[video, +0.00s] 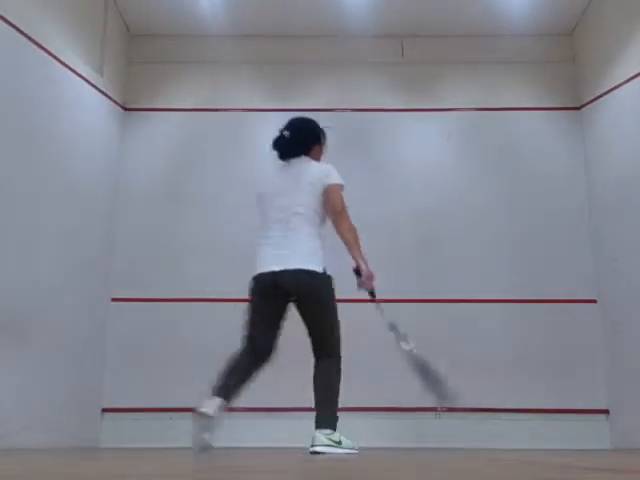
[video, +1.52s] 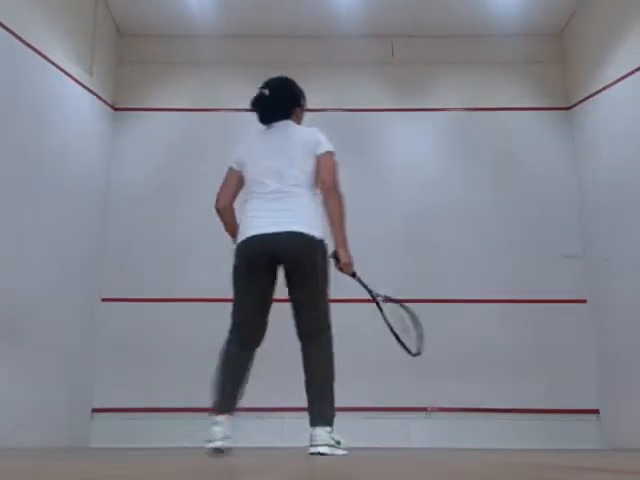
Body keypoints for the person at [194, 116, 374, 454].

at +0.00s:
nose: (324, 151)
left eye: (323, 145)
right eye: (322, 146)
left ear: (288, 146)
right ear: (314, 147)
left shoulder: (268, 177)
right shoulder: (323, 172)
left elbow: (270, 223)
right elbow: (339, 215)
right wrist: (360, 261)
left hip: (266, 274)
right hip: (308, 274)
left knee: (256, 348)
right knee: (327, 354)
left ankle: (215, 402)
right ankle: (325, 432)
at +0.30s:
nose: (280, 139)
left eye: (279, 132)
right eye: (278, 133)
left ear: (244, 134)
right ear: (267, 132)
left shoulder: (225, 165)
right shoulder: (268, 157)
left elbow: (238, 228)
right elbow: (274, 199)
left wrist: (286, 246)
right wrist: (296, 238)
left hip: (202, 262)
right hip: (244, 264)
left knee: (202, 343)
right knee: (280, 338)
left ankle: (175, 427)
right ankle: (297, 425)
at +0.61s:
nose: (274, 116)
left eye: (273, 109)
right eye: (271, 109)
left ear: (237, 112)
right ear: (256, 108)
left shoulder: (222, 144)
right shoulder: (253, 131)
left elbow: (191, 196)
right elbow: (237, 173)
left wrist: (152, 235)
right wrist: (226, 219)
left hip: (195, 247)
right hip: (226, 247)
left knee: (199, 336)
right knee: (228, 332)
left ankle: (174, 426)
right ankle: (193, 422)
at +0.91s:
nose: (279, 112)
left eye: (279, 105)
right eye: (277, 104)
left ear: (241, 106)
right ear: (261, 103)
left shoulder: (216, 138)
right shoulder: (260, 128)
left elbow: (190, 192)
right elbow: (259, 177)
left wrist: (154, 233)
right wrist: (277, 231)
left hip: (194, 243)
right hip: (223, 241)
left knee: (216, 332)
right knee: (236, 327)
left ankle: (199, 424)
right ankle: (194, 417)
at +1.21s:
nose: (276, 112)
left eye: (274, 105)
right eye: (273, 105)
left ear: (237, 106)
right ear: (261, 104)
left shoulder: (217, 142)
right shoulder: (269, 136)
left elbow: (211, 198)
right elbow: (281, 190)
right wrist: (311, 242)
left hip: (207, 246)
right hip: (249, 246)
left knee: (215, 337)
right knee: (282, 332)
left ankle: (196, 430)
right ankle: (299, 420)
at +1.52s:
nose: (304, 112)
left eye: (302, 107)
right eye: (303, 107)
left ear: (263, 111)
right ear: (297, 110)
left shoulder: (248, 145)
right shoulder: (313, 138)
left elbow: (223, 202)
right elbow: (329, 188)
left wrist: (241, 239)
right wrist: (342, 246)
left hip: (254, 242)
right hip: (303, 240)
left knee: (244, 332)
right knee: (315, 334)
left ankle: (221, 420)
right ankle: (322, 430)